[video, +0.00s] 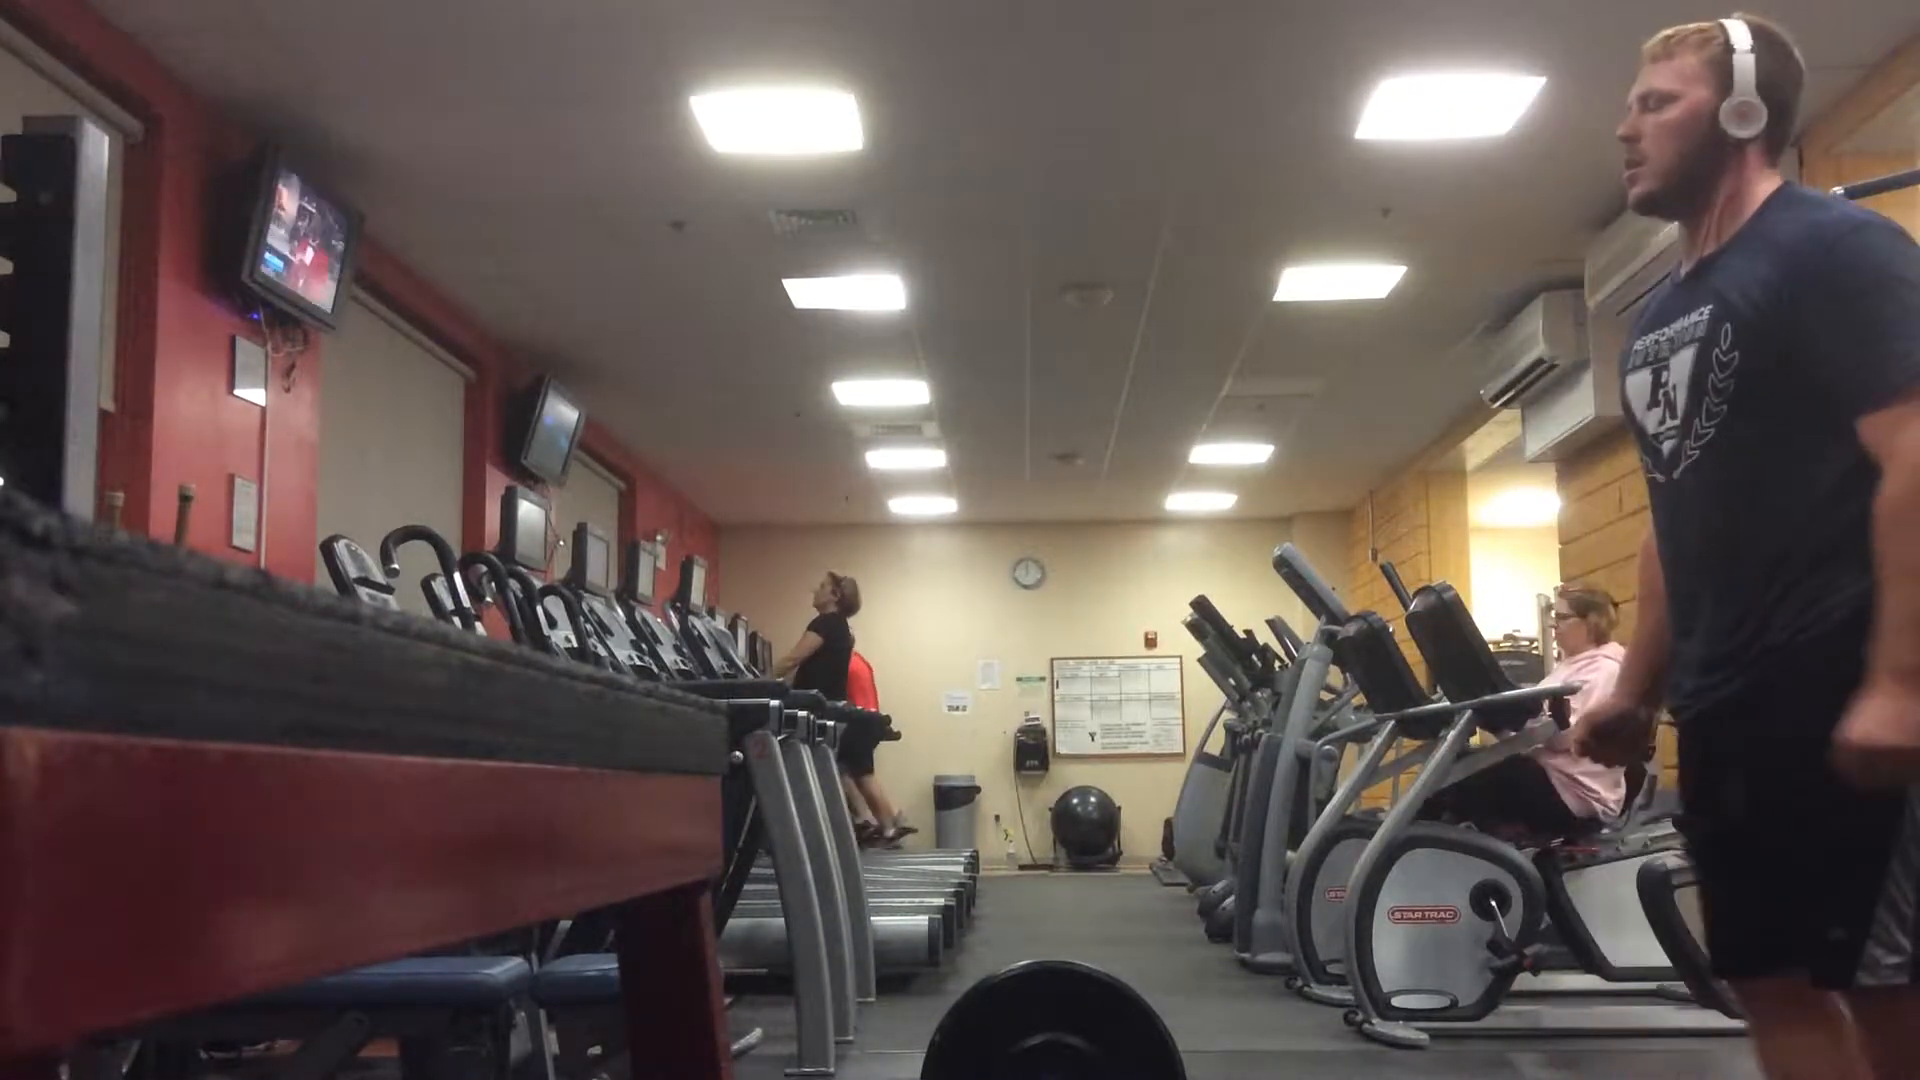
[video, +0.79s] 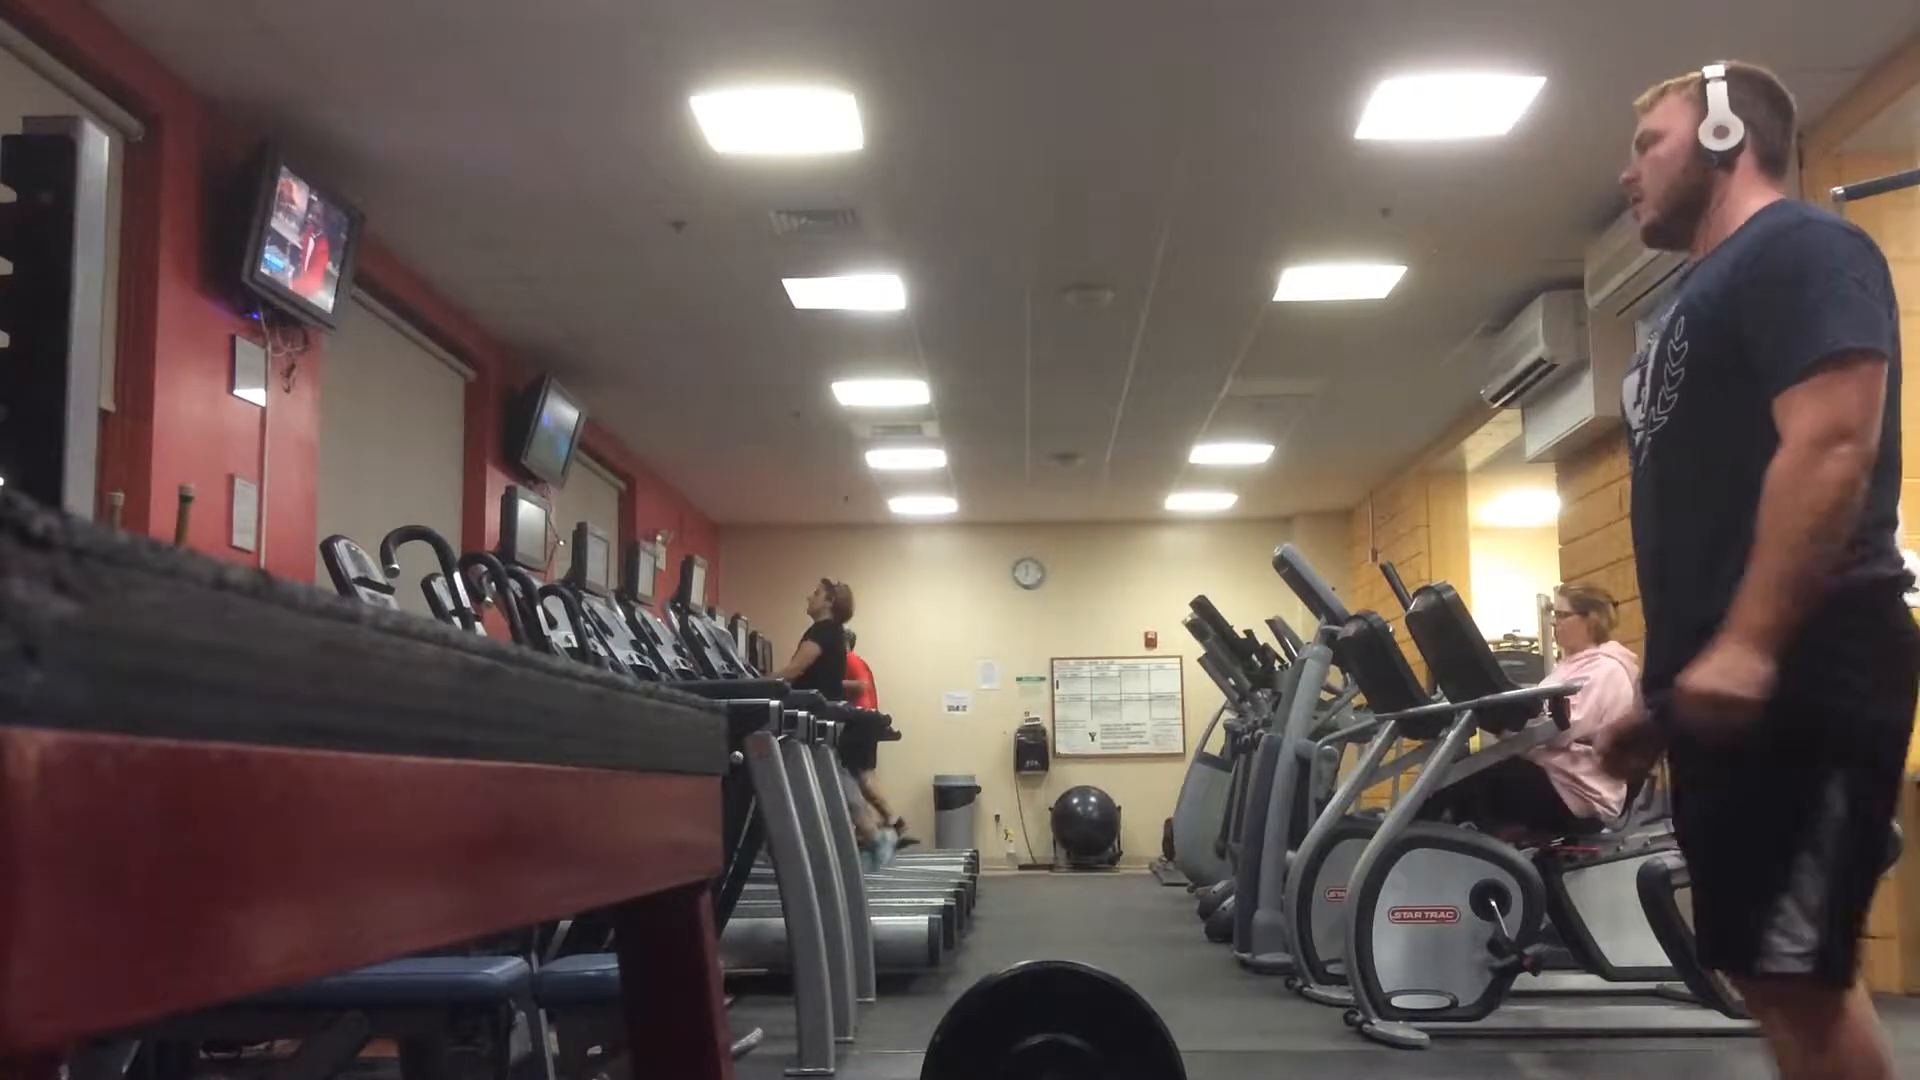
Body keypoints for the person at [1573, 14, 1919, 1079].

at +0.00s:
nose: (1625, 126)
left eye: (1655, 102)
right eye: (1629, 106)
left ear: (1742, 117)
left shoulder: (1835, 245)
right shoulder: (1654, 316)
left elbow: (1911, 458)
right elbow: (1676, 522)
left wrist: (1897, 680)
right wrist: (1633, 696)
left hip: (1843, 681)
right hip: (1719, 698)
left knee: (1887, 983)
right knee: (1772, 981)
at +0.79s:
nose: (1629, 170)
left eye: (1648, 141)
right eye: (1633, 148)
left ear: (1724, 139)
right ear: (1714, 147)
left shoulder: (1801, 242)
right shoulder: (1688, 305)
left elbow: (1832, 442)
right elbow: (1706, 524)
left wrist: (1747, 638)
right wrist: (1655, 698)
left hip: (1820, 641)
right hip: (1737, 653)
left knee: (1800, 978)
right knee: (1763, 968)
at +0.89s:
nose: (1631, 181)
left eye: (1650, 152)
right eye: (1636, 158)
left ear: (1725, 147)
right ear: (1722, 156)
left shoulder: (1805, 251)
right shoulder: (1706, 310)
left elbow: (1811, 452)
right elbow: (1699, 528)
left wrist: (1684, 629)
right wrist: (1633, 696)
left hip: (1811, 637)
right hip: (1758, 646)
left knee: (1689, 929)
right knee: (1809, 956)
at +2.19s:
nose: (1578, 198)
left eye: (1598, 172)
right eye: (1578, 179)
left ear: (1677, 172)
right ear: (1671, 182)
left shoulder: (1776, 256)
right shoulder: (1644, 357)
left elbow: (1850, 441)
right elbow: (1664, 564)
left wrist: (1823, 636)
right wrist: (1620, 732)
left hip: (1812, 658)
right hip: (1732, 683)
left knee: (1738, 949)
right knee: (1830, 975)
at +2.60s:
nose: (1559, 209)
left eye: (1568, 177)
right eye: (1550, 190)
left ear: (1646, 142)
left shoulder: (1769, 246)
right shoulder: (1618, 324)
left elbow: (1792, 456)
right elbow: (1612, 531)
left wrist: (1674, 637)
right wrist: (1551, 687)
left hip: (1773, 645)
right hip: (1670, 663)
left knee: (1773, 985)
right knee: (1732, 978)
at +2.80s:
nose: (1542, 228)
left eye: (1545, 196)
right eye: (1530, 213)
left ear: (1621, 149)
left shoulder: (1769, 242)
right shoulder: (1612, 330)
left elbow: (1774, 455)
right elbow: (1611, 541)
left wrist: (1581, 590)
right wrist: (1512, 668)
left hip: (1770, 649)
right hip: (1645, 660)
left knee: (1770, 987)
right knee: (1599, 942)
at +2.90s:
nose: (1520, 224)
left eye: (1525, 188)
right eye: (1509, 206)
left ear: (1601, 144)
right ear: (1596, 160)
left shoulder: (1750, 238)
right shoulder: (1613, 313)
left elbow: (1778, 456)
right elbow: (1617, 541)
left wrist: (1594, 619)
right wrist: (1539, 680)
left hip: (1773, 642)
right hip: (1649, 651)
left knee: (1766, 983)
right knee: (1561, 919)